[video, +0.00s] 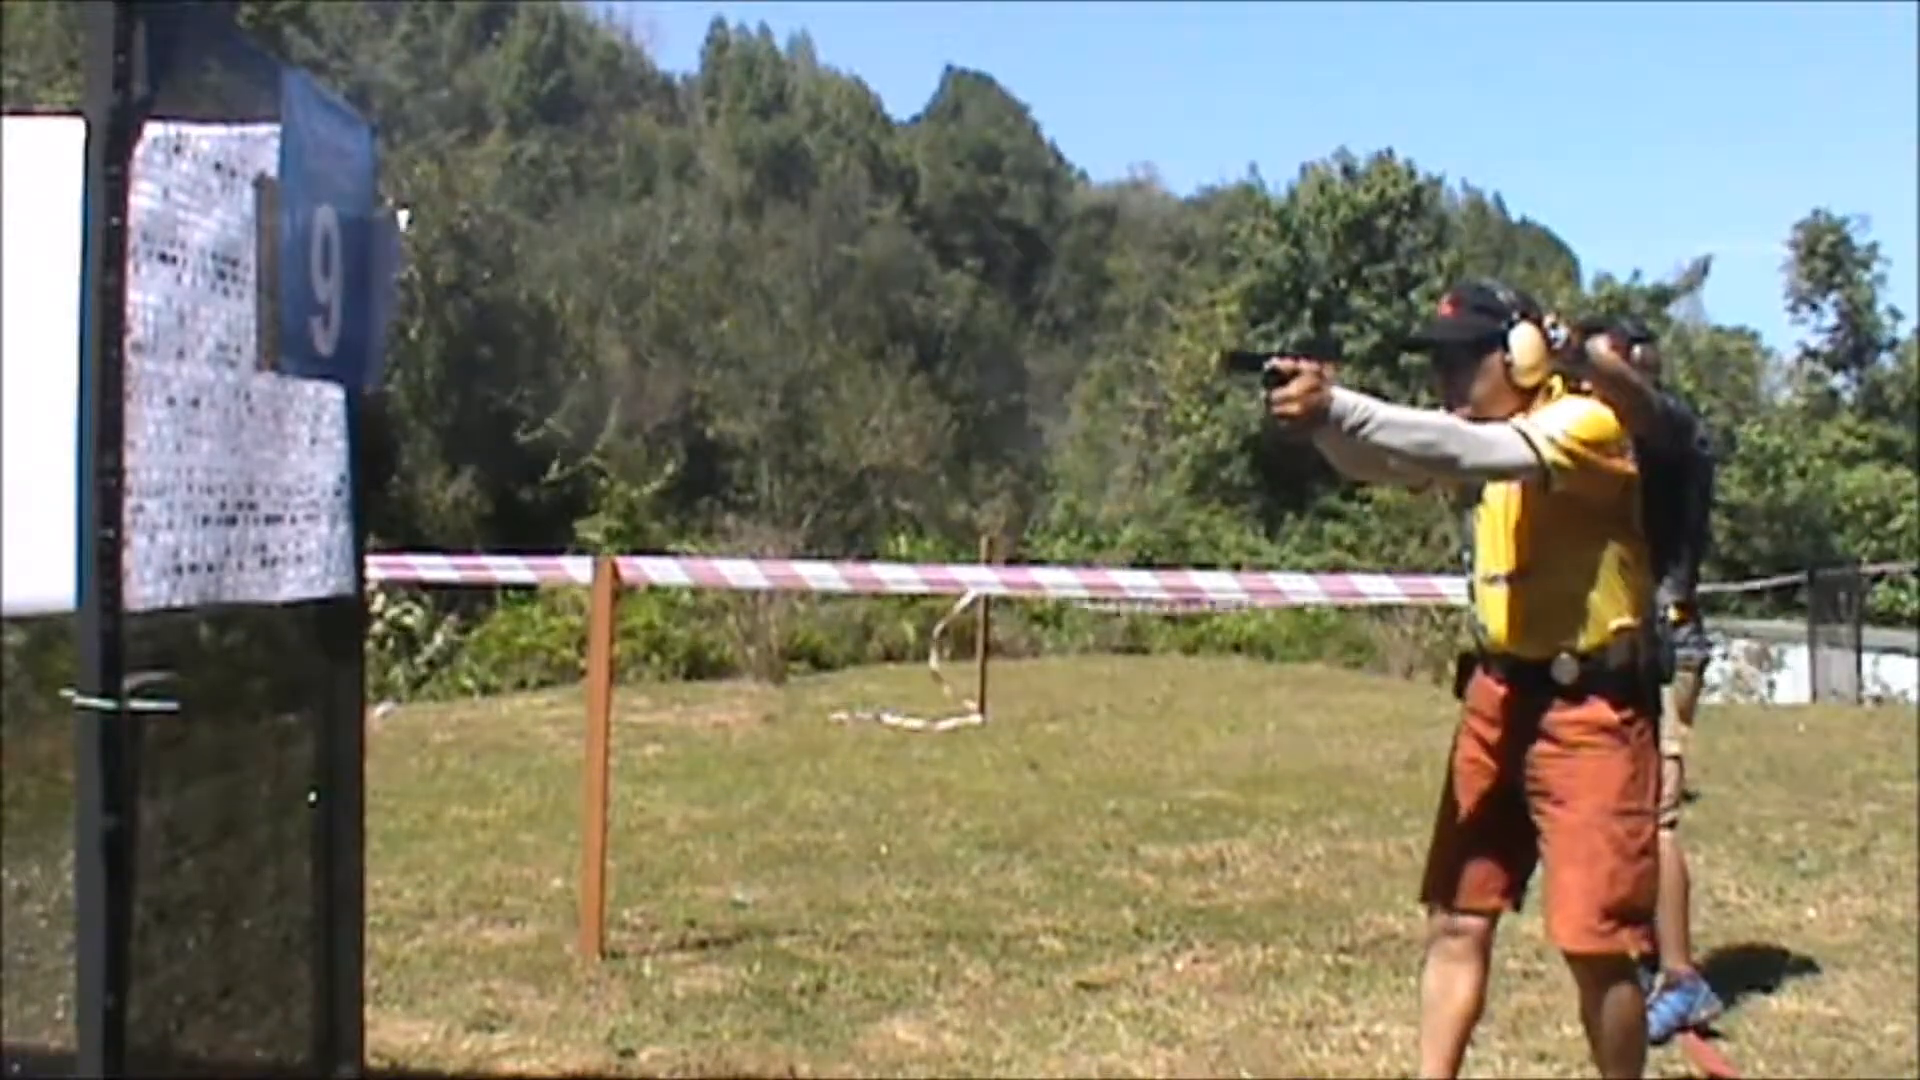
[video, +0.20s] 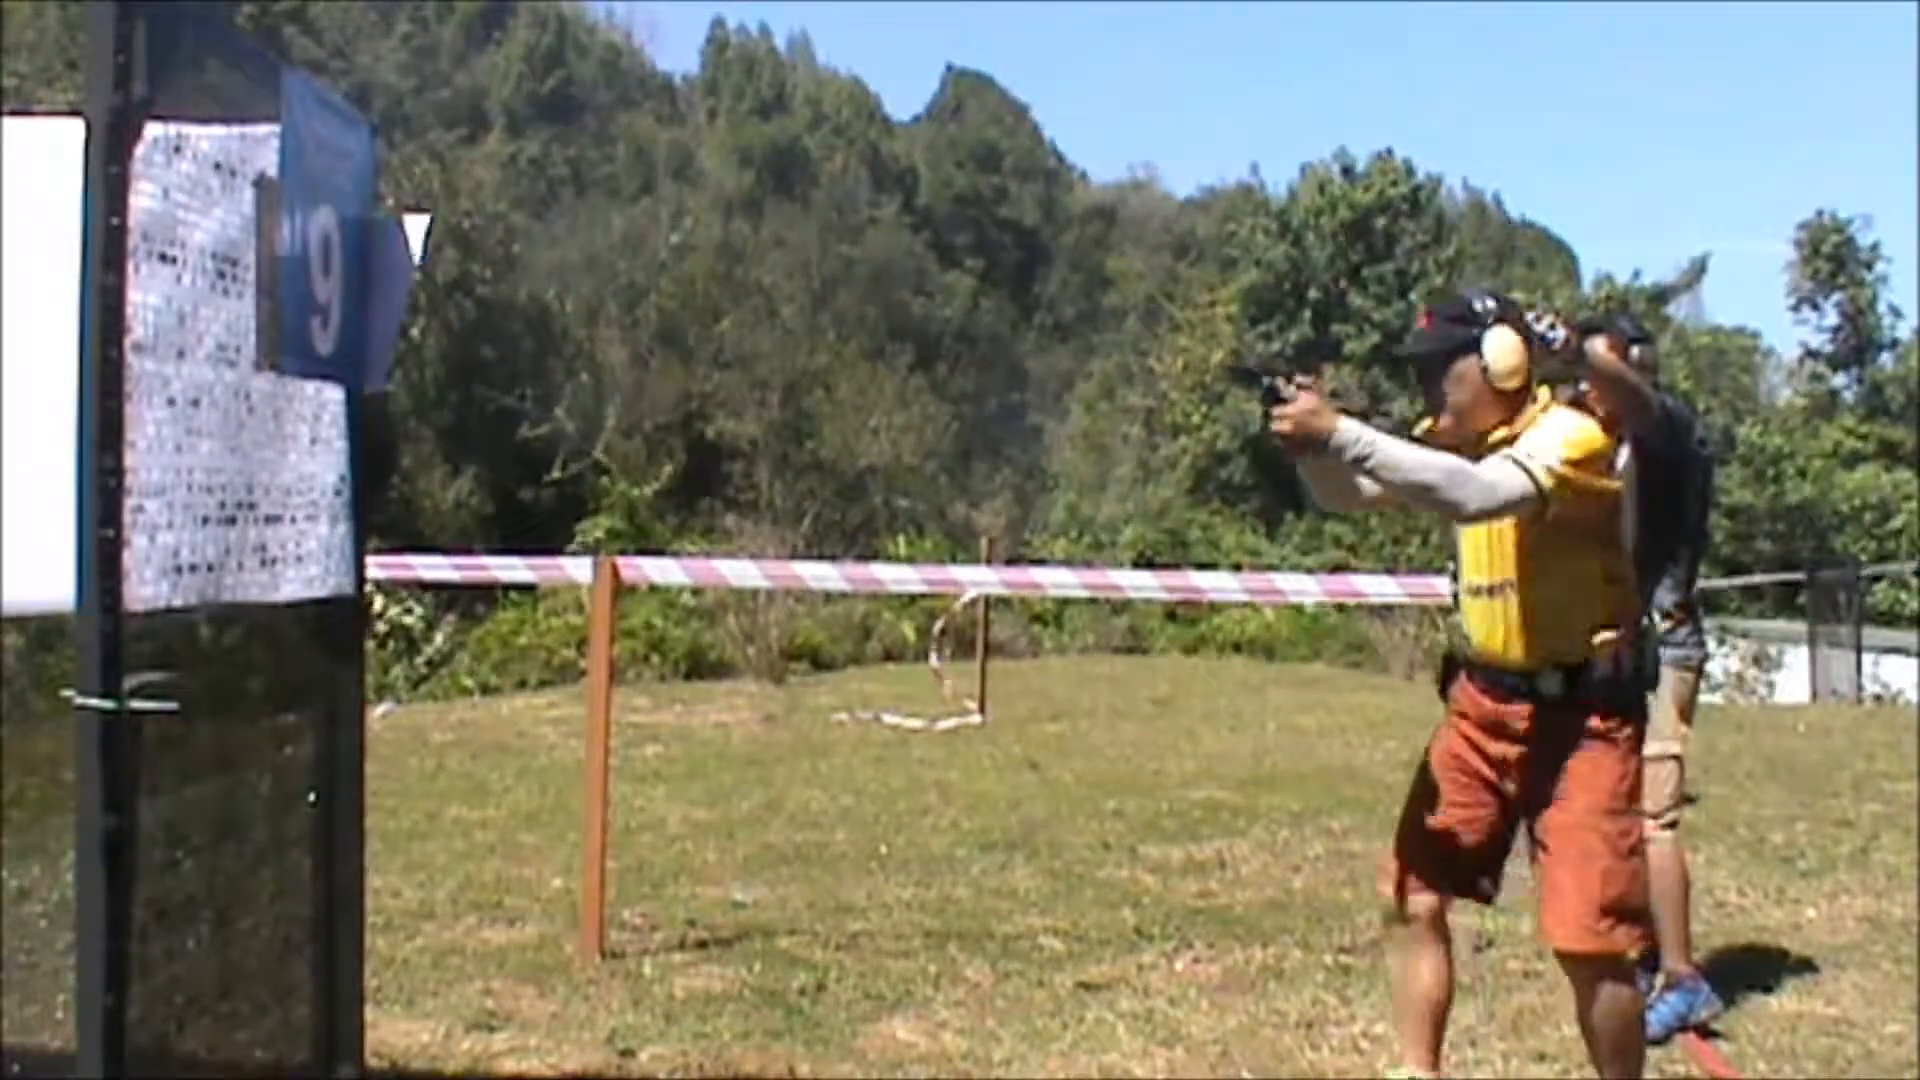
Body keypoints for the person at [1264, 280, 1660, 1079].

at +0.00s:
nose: (1447, 387)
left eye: (1461, 366)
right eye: (1441, 367)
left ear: (1512, 356)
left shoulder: (1589, 420)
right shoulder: (1485, 435)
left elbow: (1474, 447)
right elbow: (1393, 467)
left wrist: (1339, 404)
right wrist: (1320, 421)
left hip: (1595, 708)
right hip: (1499, 698)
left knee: (1596, 943)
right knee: (1460, 919)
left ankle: (1624, 1073)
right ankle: (1433, 1072)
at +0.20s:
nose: (1432, 394)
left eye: (1443, 373)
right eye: (1430, 376)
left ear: (1498, 367)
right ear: (1467, 375)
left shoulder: (1574, 431)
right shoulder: (1461, 448)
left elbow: (1481, 492)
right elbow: (1348, 496)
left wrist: (1343, 432)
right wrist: (1308, 444)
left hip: (1586, 718)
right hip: (1485, 708)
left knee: (1590, 942)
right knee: (1418, 899)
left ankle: (1622, 1074)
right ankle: (1418, 1069)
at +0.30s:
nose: (1411, 417)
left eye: (1423, 405)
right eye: (1413, 404)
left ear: (1469, 421)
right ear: (1457, 423)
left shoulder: (1549, 486)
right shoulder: (1420, 481)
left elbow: (1455, 576)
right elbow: (1322, 565)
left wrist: (1321, 516)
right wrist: (1291, 508)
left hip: (1557, 751)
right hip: (1457, 734)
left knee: (1562, 962)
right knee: (1355, 896)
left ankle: (1609, 1073)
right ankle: (1355, 1066)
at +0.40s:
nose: (1389, 469)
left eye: (1402, 461)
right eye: (1394, 457)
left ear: (1441, 475)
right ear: (1423, 468)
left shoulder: (1523, 526)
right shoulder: (1394, 515)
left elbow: (1420, 618)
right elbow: (1297, 605)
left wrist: (1277, 570)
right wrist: (1247, 581)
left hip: (1535, 773)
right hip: (1433, 757)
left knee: (1548, 972)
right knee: (1311, 901)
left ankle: (1606, 1073)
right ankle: (1294, 1062)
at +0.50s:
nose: (1296, 509)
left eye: (1304, 495)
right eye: (1297, 495)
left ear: (1343, 502)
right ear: (1322, 507)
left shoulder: (1426, 544)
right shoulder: (1315, 564)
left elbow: (1422, 644)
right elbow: (1244, 633)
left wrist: (1314, 680)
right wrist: (1162, 620)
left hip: (1473, 796)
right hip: (1374, 785)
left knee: (1501, 990)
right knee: (1244, 904)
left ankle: (1590, 1072)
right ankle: (1201, 1064)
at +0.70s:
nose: (1035, 484)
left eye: (1046, 470)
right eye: (1037, 472)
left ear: (1081, 475)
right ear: (1082, 480)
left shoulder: (1119, 515)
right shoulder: (1097, 562)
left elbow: (1203, 560)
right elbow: (1053, 659)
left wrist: (1222, 683)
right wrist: (952, 623)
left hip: (1285, 761)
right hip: (1213, 779)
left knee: (1393, 954)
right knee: (1116, 901)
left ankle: (1529, 1070)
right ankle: (1173, 1067)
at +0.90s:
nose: (793, 475)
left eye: (800, 460)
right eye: (793, 464)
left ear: (832, 464)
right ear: (824, 482)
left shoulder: (878, 483)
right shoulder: (855, 575)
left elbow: (957, 470)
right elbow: (792, 646)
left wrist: (897, 569)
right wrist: (693, 602)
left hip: (1033, 703)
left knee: (899, 894)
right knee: (1033, 917)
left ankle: (1065, 1007)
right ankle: (1143, 1050)